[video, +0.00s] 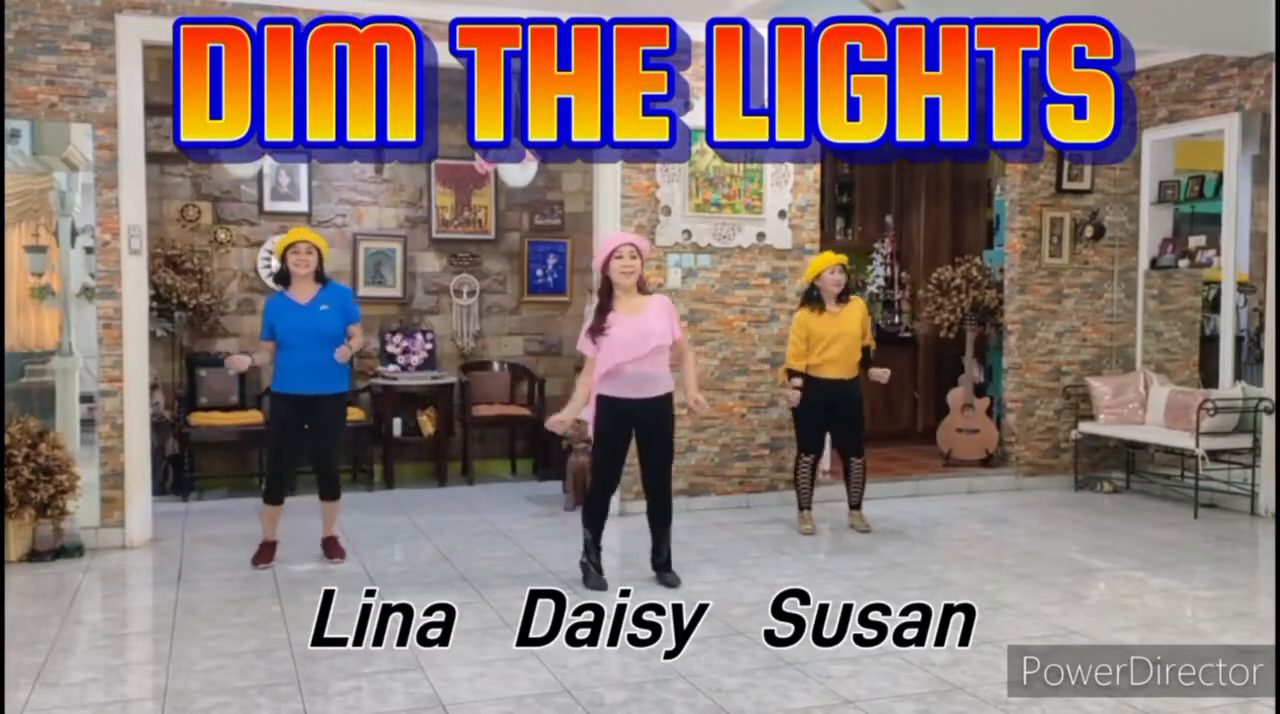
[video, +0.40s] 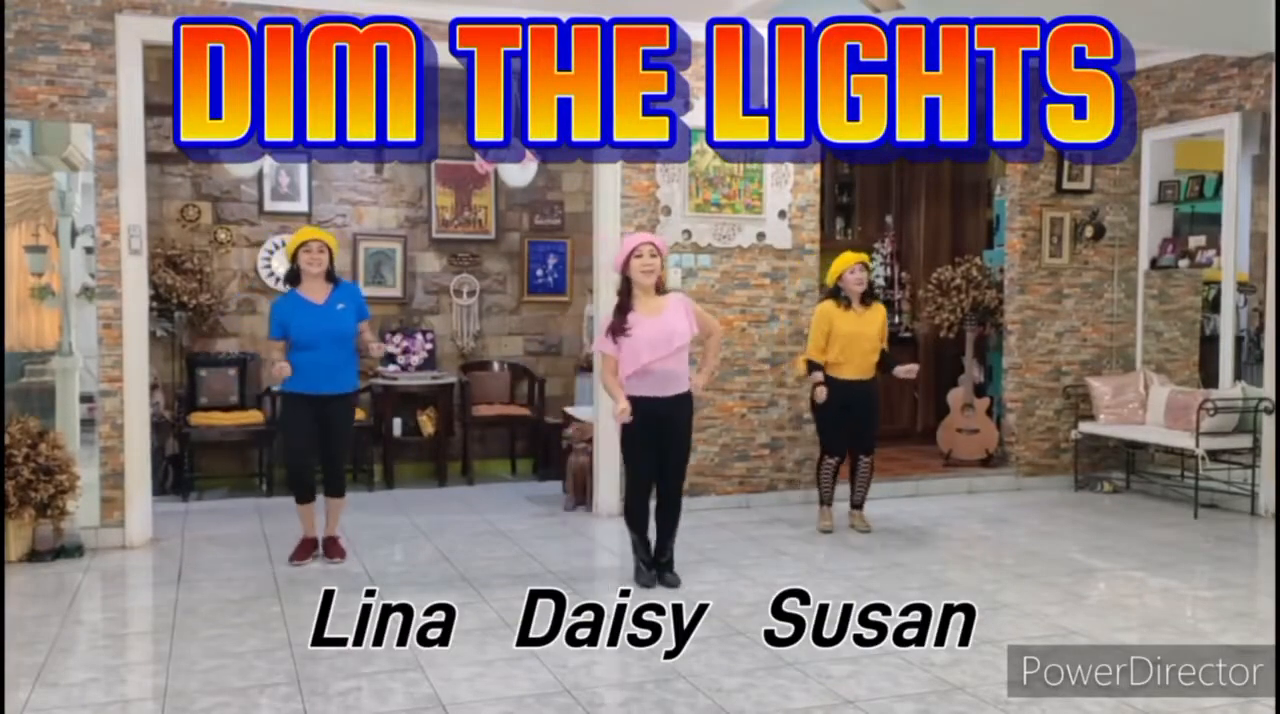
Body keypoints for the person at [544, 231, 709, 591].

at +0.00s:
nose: (627, 263)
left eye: (633, 257)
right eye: (618, 258)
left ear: (642, 265)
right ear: (606, 267)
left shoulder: (661, 304)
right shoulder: (601, 312)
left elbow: (684, 349)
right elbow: (589, 369)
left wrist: (692, 389)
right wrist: (571, 412)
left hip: (657, 403)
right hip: (612, 404)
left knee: (659, 485)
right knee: (603, 483)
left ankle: (662, 561)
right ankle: (591, 557)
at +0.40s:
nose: (647, 262)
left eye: (653, 256)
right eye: (639, 257)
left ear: (662, 265)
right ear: (627, 268)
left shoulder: (681, 304)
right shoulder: (620, 317)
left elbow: (713, 332)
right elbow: (608, 373)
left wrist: (703, 374)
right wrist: (621, 399)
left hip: (677, 404)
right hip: (637, 406)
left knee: (671, 487)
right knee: (639, 487)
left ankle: (665, 560)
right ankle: (642, 557)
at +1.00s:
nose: (640, 262)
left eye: (645, 255)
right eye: (631, 258)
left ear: (656, 263)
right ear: (620, 270)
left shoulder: (668, 312)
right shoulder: (611, 312)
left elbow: (678, 356)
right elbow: (580, 362)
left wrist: (672, 388)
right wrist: (592, 412)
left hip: (654, 406)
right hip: (612, 404)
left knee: (656, 488)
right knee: (601, 486)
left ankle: (662, 562)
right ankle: (588, 561)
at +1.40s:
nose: (619, 269)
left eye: (624, 262)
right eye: (610, 265)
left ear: (635, 271)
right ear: (599, 274)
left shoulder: (645, 321)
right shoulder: (581, 312)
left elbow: (664, 370)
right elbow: (541, 352)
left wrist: (645, 400)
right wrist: (541, 404)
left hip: (620, 411)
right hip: (576, 408)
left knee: (629, 491)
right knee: (579, 489)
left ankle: (634, 561)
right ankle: (584, 563)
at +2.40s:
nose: (627, 266)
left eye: (633, 259)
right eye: (619, 260)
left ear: (643, 266)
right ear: (606, 269)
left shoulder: (663, 302)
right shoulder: (601, 315)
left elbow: (692, 340)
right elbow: (589, 373)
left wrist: (685, 384)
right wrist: (587, 421)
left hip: (658, 406)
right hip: (614, 407)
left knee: (656, 487)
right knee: (604, 484)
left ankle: (657, 563)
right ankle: (590, 559)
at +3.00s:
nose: (650, 268)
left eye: (656, 261)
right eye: (642, 261)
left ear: (665, 268)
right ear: (628, 270)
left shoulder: (680, 305)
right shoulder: (618, 318)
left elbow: (707, 346)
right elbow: (607, 374)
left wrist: (723, 391)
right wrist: (633, 395)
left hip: (680, 406)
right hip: (641, 410)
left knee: (673, 490)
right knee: (641, 488)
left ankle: (660, 563)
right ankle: (633, 559)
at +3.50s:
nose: (648, 265)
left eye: (655, 259)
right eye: (640, 259)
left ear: (664, 268)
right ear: (628, 269)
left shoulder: (673, 316)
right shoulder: (613, 314)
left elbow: (678, 371)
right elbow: (592, 365)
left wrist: (692, 418)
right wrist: (595, 420)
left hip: (662, 409)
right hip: (621, 409)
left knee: (660, 491)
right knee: (617, 489)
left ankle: (658, 564)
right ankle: (606, 561)